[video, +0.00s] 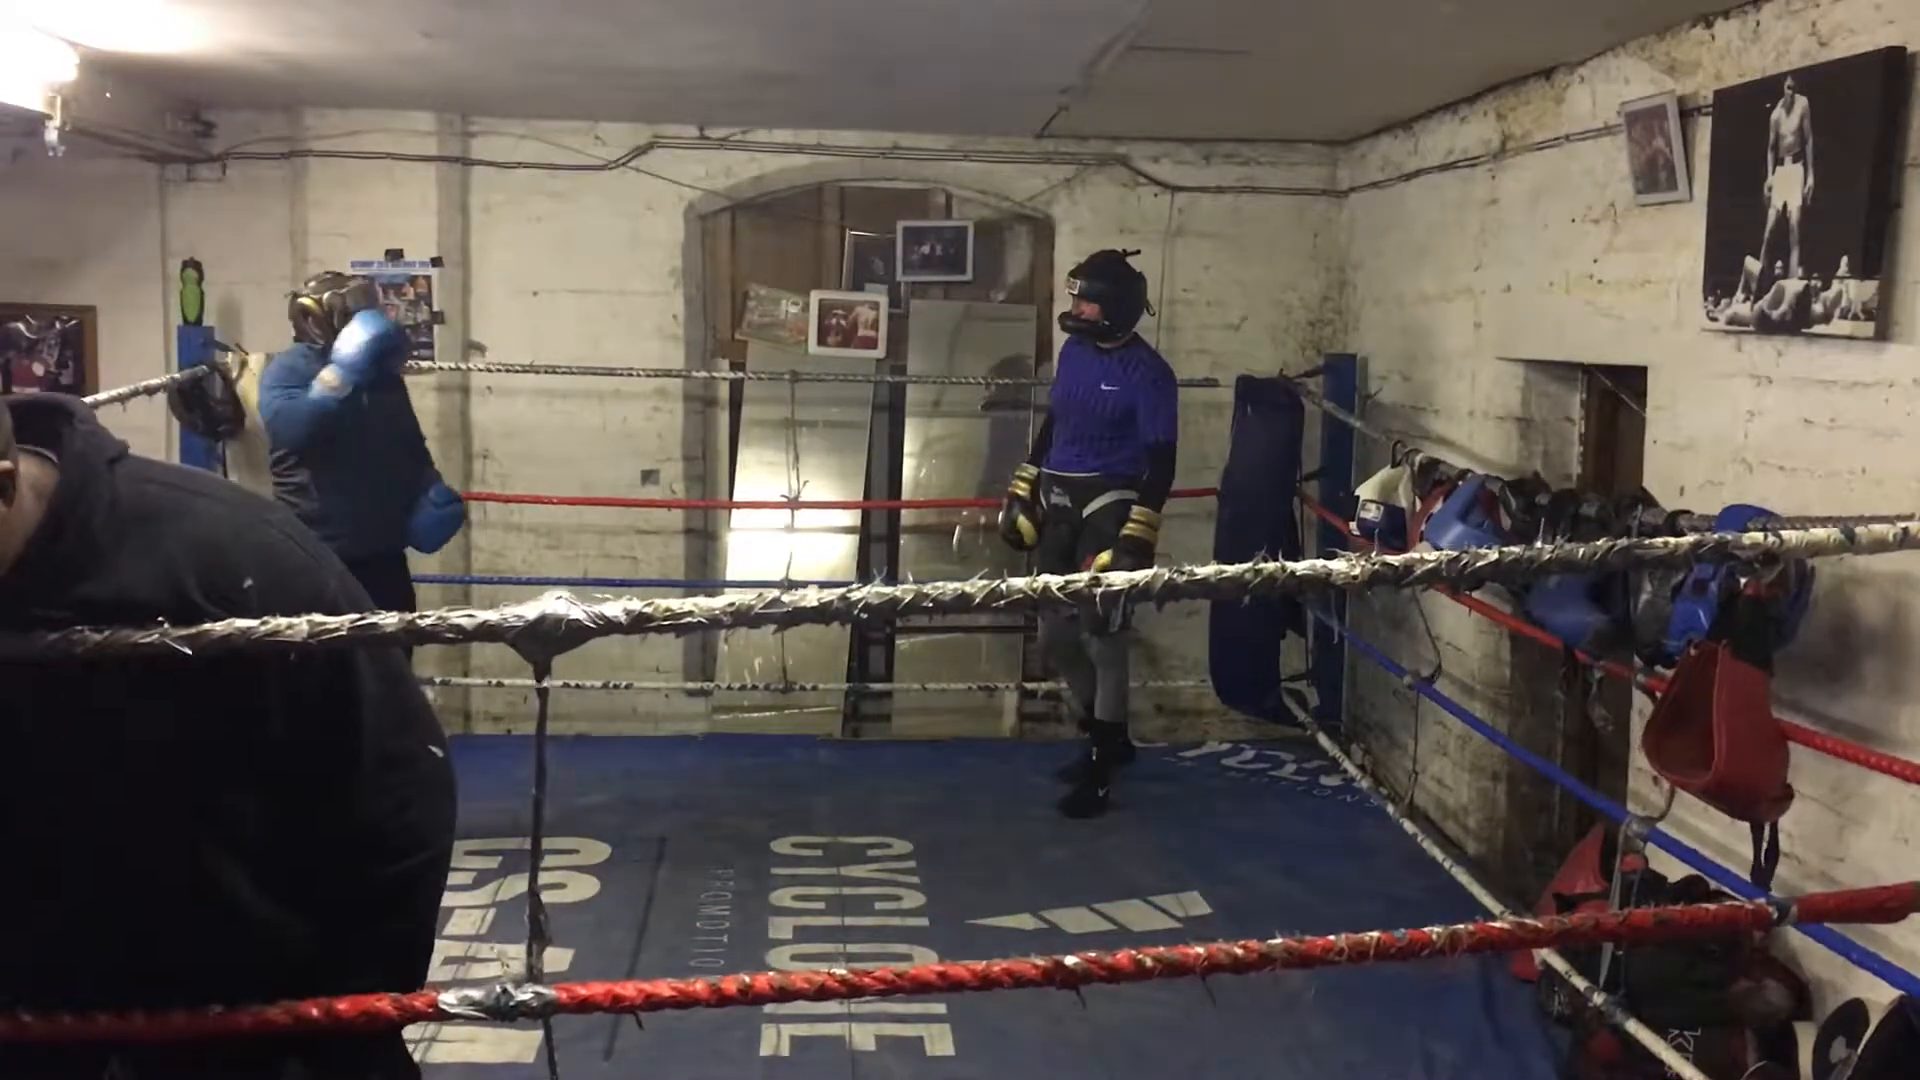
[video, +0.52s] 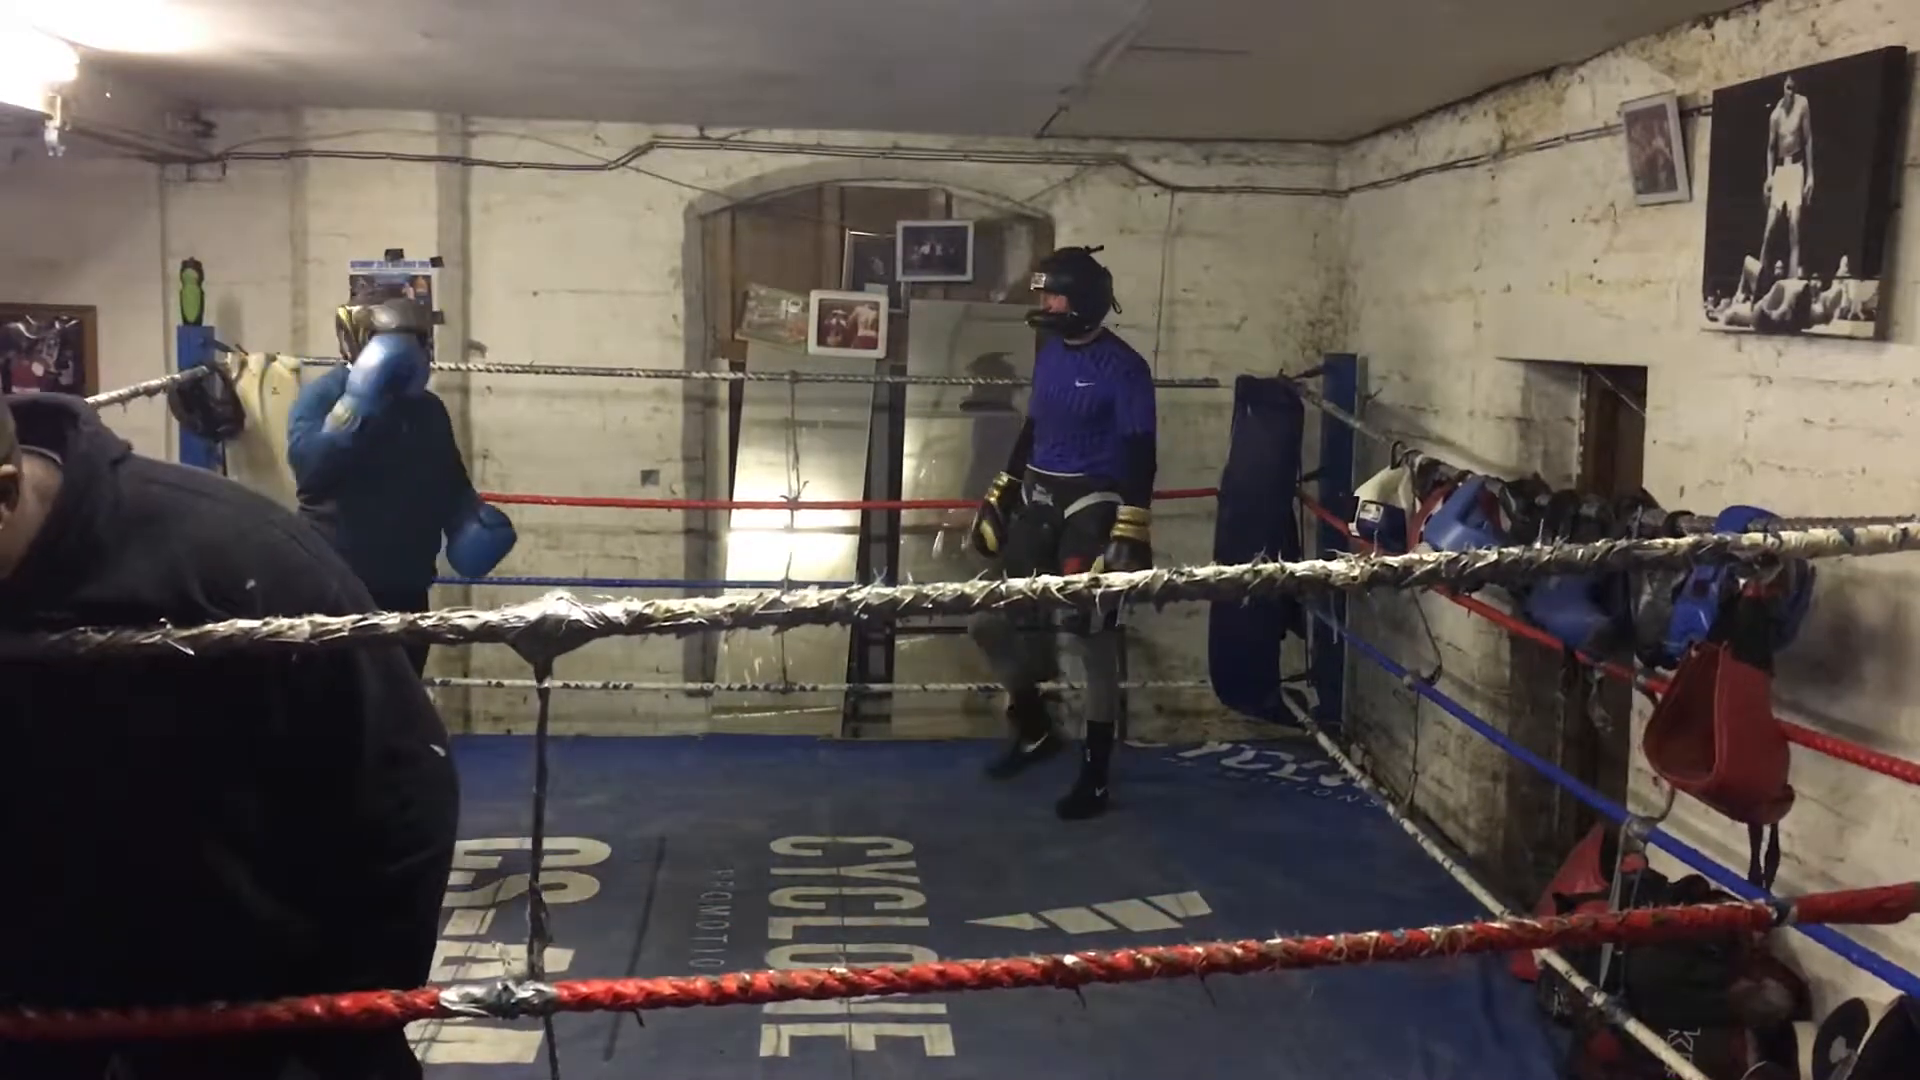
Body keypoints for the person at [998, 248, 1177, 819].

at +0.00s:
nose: (1076, 306)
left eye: (1088, 299)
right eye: (1076, 297)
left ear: (1118, 308)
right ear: (1081, 302)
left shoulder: (1149, 373)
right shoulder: (1073, 352)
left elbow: (1162, 463)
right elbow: (1054, 419)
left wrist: (1139, 537)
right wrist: (1024, 486)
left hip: (1112, 511)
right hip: (1058, 505)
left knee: (1105, 638)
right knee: (1058, 638)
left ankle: (1102, 769)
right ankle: (1102, 740)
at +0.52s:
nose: (1043, 307)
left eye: (1054, 297)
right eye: (1042, 296)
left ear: (1083, 302)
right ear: (1048, 301)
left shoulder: (1125, 367)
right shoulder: (1048, 353)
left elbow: (1141, 454)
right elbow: (1032, 429)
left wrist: (1133, 525)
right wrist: (1000, 495)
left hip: (1096, 505)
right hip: (1038, 500)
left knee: (1093, 630)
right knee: (994, 621)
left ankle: (1096, 771)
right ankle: (1034, 729)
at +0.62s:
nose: (1030, 305)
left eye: (1040, 294)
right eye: (1030, 294)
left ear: (1070, 301)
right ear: (1040, 301)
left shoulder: (1115, 367)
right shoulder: (1037, 358)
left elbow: (1131, 455)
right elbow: (1023, 433)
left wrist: (1120, 530)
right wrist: (994, 503)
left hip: (1087, 515)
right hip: (1030, 511)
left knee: (1090, 640)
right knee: (1003, 630)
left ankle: (1093, 774)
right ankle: (1015, 756)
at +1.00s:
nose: (994, 298)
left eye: (1005, 289)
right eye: (993, 289)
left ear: (1033, 295)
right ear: (998, 296)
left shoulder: (1067, 358)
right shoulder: (991, 358)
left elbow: (1078, 448)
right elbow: (978, 434)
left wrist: (1052, 518)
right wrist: (956, 504)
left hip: (1045, 514)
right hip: (992, 511)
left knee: (1063, 632)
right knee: (1007, 634)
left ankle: (1088, 769)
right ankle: (1018, 758)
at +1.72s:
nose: (913, 314)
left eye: (923, 303)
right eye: (910, 304)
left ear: (951, 307)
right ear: (911, 309)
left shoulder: (991, 362)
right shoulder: (923, 364)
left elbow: (1033, 439)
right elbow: (926, 429)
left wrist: (1039, 516)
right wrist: (903, 499)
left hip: (987, 498)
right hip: (941, 501)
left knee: (958, 624)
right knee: (978, 627)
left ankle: (977, 766)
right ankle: (1015, 754)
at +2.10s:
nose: (880, 313)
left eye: (892, 303)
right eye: (876, 302)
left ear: (921, 309)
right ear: (874, 307)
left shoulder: (960, 366)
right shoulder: (884, 361)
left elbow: (1004, 449)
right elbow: (885, 436)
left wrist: (995, 523)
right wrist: (877, 504)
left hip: (962, 507)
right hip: (913, 509)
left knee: (971, 632)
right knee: (932, 630)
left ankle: (979, 769)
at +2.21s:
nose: (873, 305)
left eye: (886, 296)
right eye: (869, 296)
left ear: (915, 302)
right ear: (866, 301)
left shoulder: (953, 362)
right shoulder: (879, 356)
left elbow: (994, 444)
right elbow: (878, 430)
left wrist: (981, 517)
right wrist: (859, 499)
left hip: (951, 507)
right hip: (897, 507)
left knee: (959, 633)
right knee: (891, 634)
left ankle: (978, 769)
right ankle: (965, 609)